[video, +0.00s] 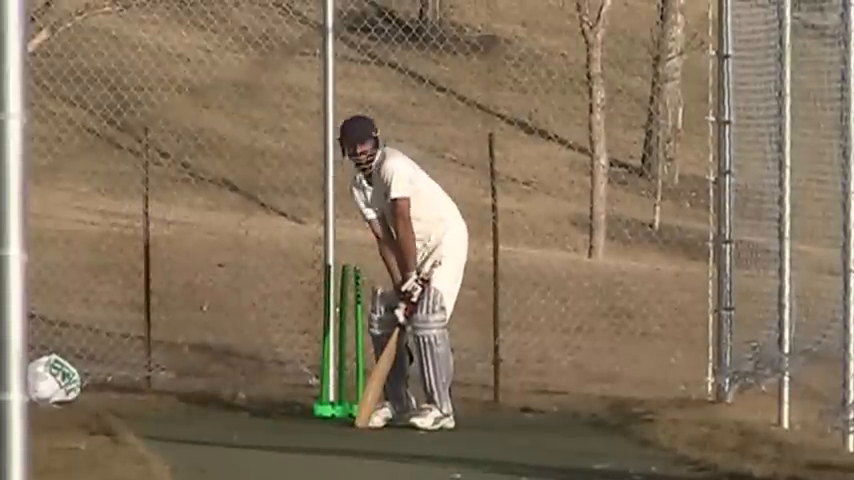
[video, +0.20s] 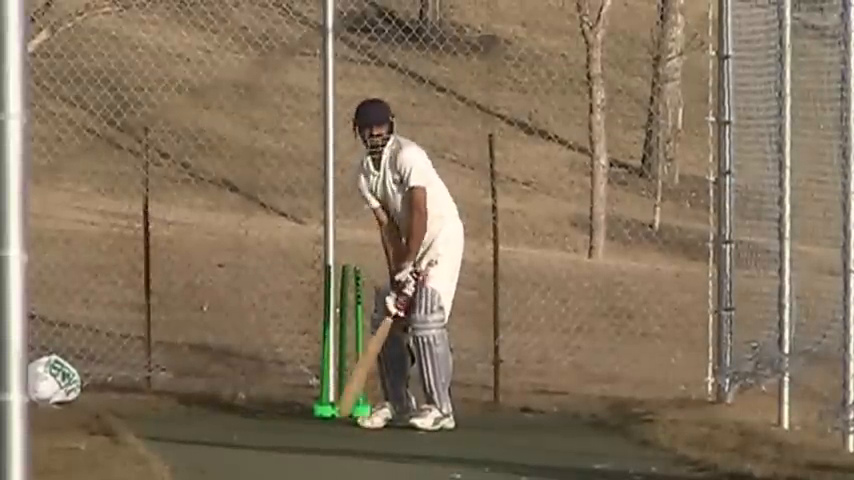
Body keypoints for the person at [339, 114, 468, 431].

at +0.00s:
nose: (362, 154)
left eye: (367, 146)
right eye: (354, 149)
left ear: (377, 141)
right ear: (345, 152)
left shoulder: (393, 167)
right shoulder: (359, 185)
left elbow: (403, 221)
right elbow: (383, 238)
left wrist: (411, 276)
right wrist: (401, 285)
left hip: (444, 241)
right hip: (411, 249)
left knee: (428, 321)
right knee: (385, 321)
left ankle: (440, 408)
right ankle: (397, 404)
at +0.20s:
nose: (375, 134)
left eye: (381, 127)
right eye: (368, 128)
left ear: (391, 128)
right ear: (357, 132)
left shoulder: (408, 156)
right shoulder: (365, 173)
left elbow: (419, 212)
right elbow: (387, 227)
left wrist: (409, 265)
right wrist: (396, 277)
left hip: (440, 242)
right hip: (407, 248)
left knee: (426, 320)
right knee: (386, 317)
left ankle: (438, 408)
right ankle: (397, 402)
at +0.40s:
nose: (382, 124)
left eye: (389, 117)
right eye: (375, 117)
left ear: (400, 117)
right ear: (366, 119)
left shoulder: (414, 146)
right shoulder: (367, 158)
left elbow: (440, 198)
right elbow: (387, 206)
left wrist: (418, 243)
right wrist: (397, 247)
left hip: (437, 241)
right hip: (405, 244)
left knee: (426, 322)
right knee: (388, 323)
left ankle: (439, 408)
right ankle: (398, 403)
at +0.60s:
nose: (386, 121)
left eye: (393, 115)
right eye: (380, 114)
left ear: (404, 116)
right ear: (369, 116)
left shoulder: (416, 147)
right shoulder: (367, 154)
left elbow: (441, 198)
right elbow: (384, 202)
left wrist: (417, 244)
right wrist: (397, 242)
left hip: (434, 242)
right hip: (404, 244)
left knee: (421, 319)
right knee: (383, 320)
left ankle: (439, 408)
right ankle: (398, 403)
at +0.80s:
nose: (385, 124)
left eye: (392, 118)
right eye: (379, 117)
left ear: (402, 119)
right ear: (369, 118)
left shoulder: (415, 149)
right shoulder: (366, 156)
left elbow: (440, 200)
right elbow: (383, 202)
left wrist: (418, 246)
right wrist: (396, 245)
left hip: (434, 241)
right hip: (403, 243)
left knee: (421, 319)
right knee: (380, 321)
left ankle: (438, 408)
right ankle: (397, 403)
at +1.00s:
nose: (385, 126)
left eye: (392, 120)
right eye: (379, 119)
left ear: (402, 121)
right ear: (368, 120)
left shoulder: (414, 150)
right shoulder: (365, 157)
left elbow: (439, 202)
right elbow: (382, 203)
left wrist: (419, 247)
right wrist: (396, 246)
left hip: (434, 241)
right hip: (403, 244)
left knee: (420, 318)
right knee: (377, 319)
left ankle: (438, 407)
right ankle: (398, 403)